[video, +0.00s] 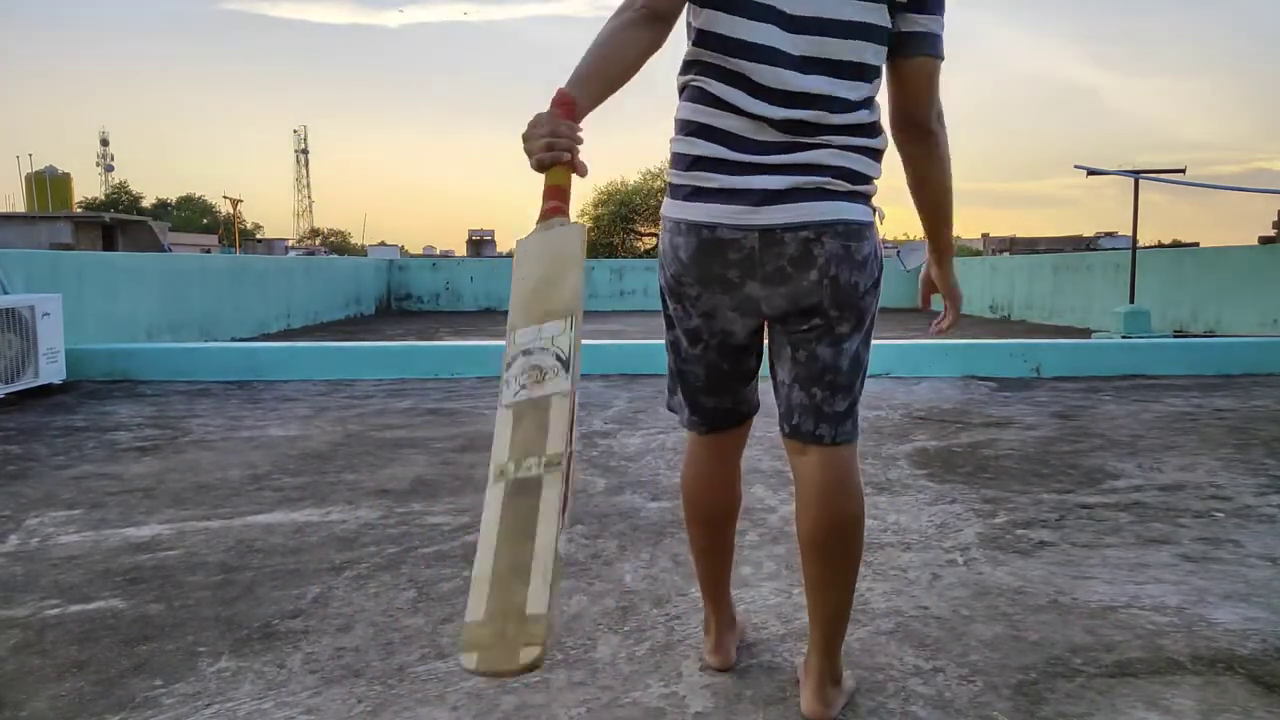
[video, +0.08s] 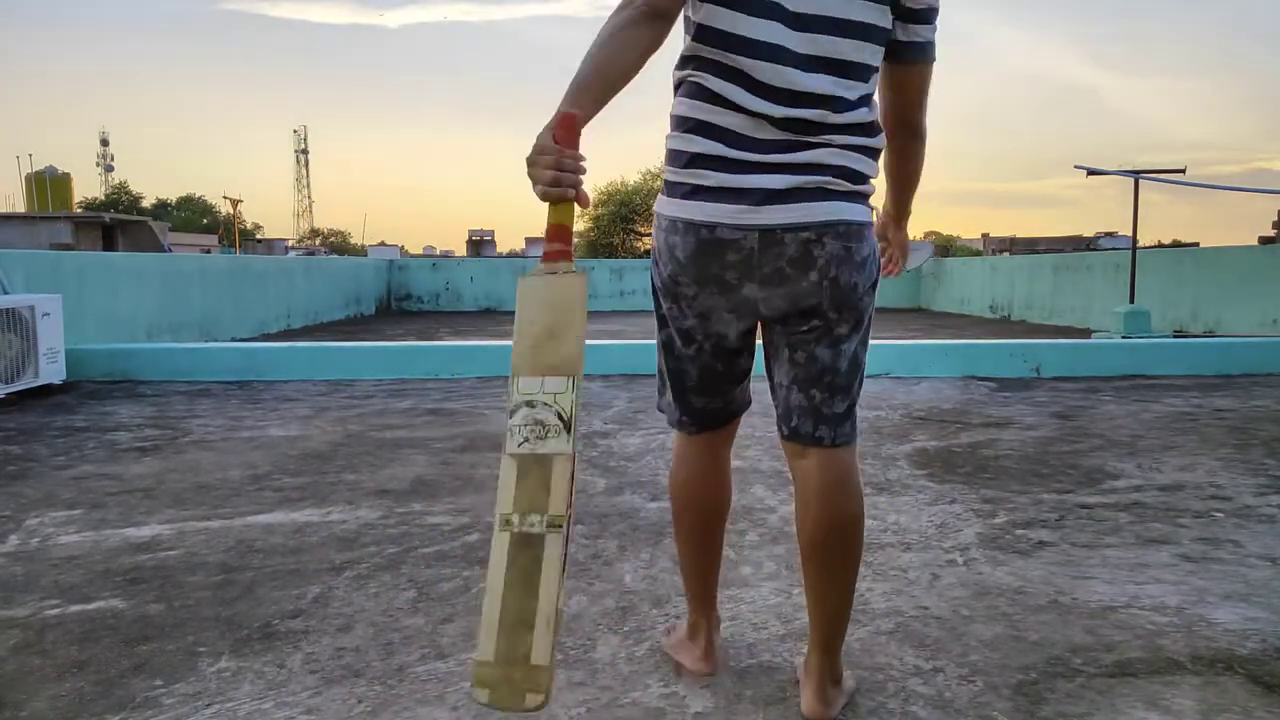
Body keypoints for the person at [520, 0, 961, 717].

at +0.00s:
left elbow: (648, 12)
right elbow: (917, 119)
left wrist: (563, 108)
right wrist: (941, 249)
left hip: (704, 218)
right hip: (830, 222)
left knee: (713, 426)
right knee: (826, 442)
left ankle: (718, 628)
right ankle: (822, 676)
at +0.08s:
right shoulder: (906, 0)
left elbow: (648, 10)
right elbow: (906, 116)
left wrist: (566, 123)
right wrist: (898, 214)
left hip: (702, 217)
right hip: (830, 223)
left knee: (702, 427)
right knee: (825, 442)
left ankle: (701, 633)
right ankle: (822, 676)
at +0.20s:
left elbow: (643, 16)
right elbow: (878, 98)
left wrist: (561, 153)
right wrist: (814, 168)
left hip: (692, 216)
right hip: (822, 221)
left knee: (673, 428)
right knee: (822, 444)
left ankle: (660, 646)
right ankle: (823, 674)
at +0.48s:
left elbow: (551, 69)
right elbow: (812, 92)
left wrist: (511, 207)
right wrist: (737, 162)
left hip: (627, 230)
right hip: (761, 232)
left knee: (589, 462)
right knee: (787, 452)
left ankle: (551, 689)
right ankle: (822, 673)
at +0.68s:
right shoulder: (735, 3)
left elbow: (448, 77)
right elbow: (749, 88)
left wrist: (440, 202)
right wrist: (767, 229)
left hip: (541, 217)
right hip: (681, 223)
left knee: (544, 458)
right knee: (735, 453)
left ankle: (543, 691)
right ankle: (772, 676)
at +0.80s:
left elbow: (411, 73)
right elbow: (728, 66)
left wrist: (428, 199)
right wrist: (766, 223)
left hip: (519, 220)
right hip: (657, 225)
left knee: (531, 458)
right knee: (698, 446)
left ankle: (542, 688)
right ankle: (663, 686)